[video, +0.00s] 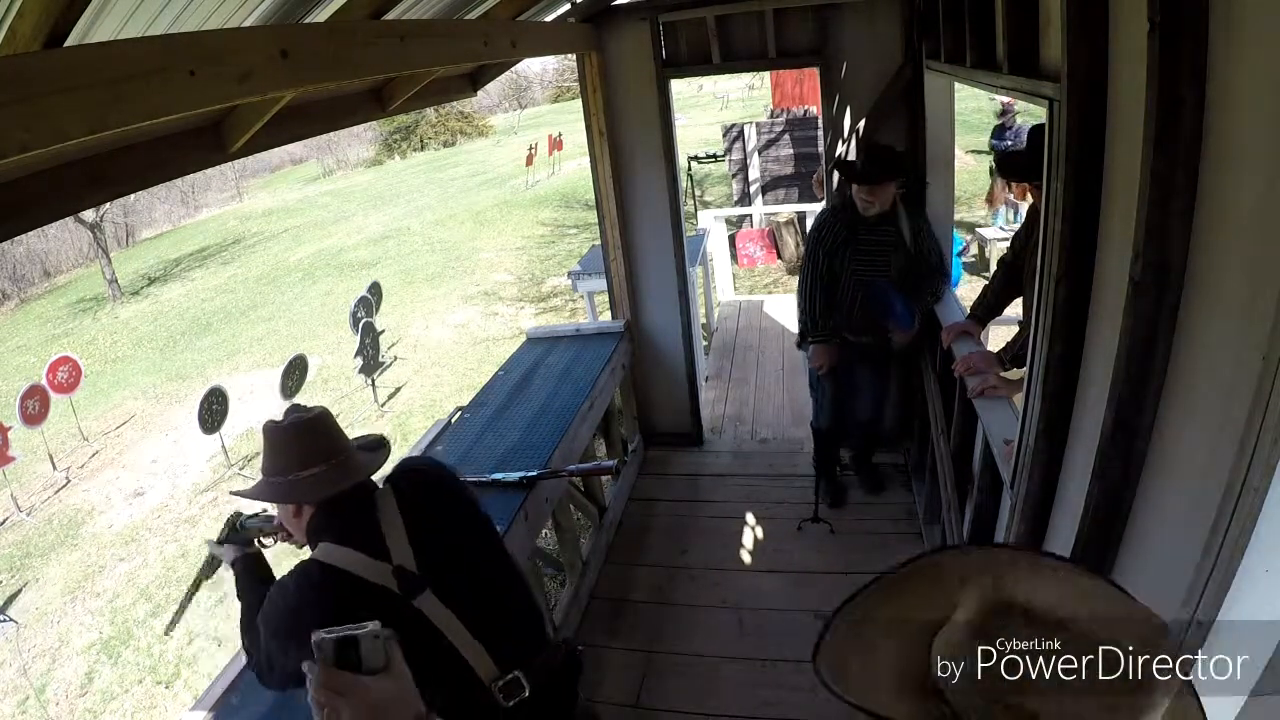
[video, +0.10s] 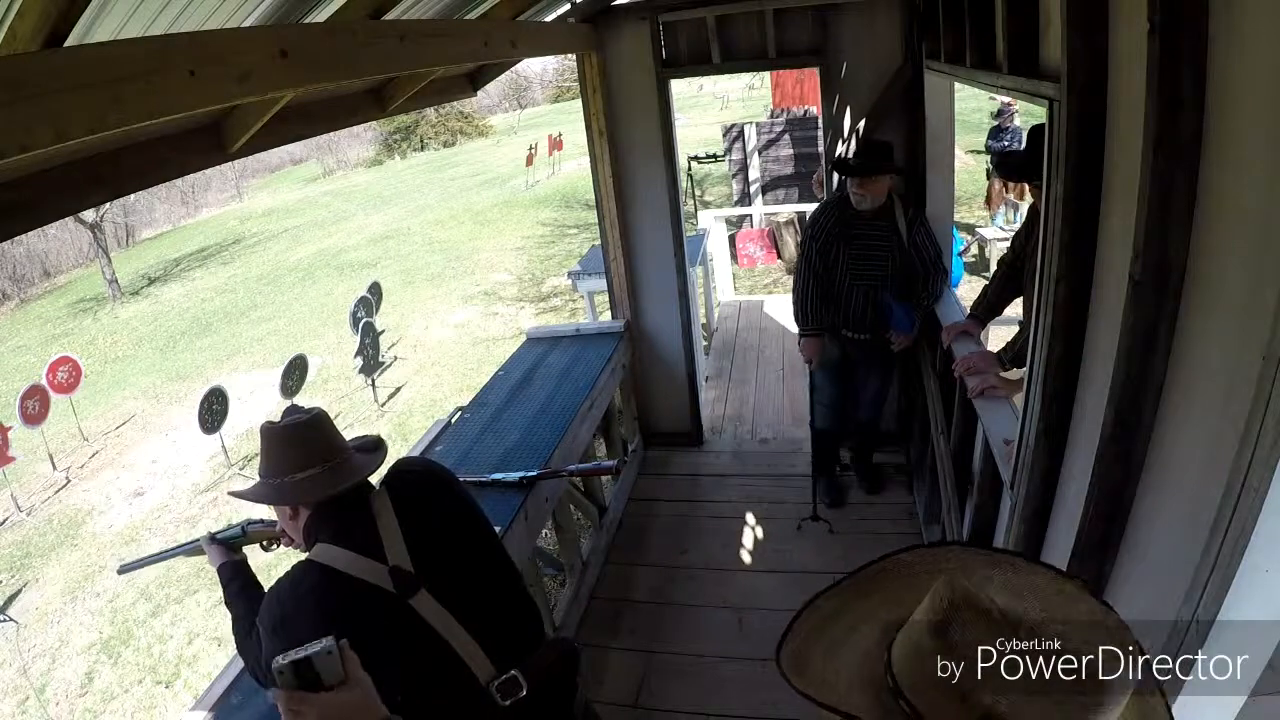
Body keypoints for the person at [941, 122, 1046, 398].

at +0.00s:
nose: (1023, 191)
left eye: (1025, 184)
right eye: (1022, 183)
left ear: (1031, 186)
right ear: (1034, 183)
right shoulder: (1041, 209)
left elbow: (1055, 307)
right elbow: (1014, 262)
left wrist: (1004, 357)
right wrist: (977, 319)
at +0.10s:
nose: (1031, 192)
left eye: (1035, 183)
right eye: (1031, 183)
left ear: (1047, 181)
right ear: (1034, 179)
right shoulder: (1041, 210)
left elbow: (1055, 306)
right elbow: (1014, 262)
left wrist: (1004, 358)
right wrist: (977, 319)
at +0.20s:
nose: (1031, 190)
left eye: (1036, 182)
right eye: (1029, 181)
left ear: (1055, 183)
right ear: (1032, 179)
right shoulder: (1041, 211)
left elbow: (1055, 306)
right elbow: (1014, 262)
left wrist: (1004, 358)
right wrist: (977, 319)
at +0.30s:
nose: (1030, 188)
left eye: (1037, 181)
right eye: (1029, 180)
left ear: (1057, 183)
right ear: (1031, 179)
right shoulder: (1041, 211)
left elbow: (1055, 307)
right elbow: (1014, 263)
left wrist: (1004, 358)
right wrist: (977, 319)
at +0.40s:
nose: (1030, 189)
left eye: (1036, 182)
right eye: (1029, 180)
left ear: (1056, 184)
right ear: (1033, 181)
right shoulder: (1041, 212)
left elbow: (1055, 307)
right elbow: (1014, 262)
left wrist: (1003, 358)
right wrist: (977, 318)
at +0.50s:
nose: (1031, 190)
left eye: (1036, 182)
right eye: (1029, 181)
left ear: (1056, 183)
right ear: (1032, 181)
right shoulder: (1041, 212)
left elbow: (1055, 307)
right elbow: (1014, 263)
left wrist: (1004, 358)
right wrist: (977, 319)